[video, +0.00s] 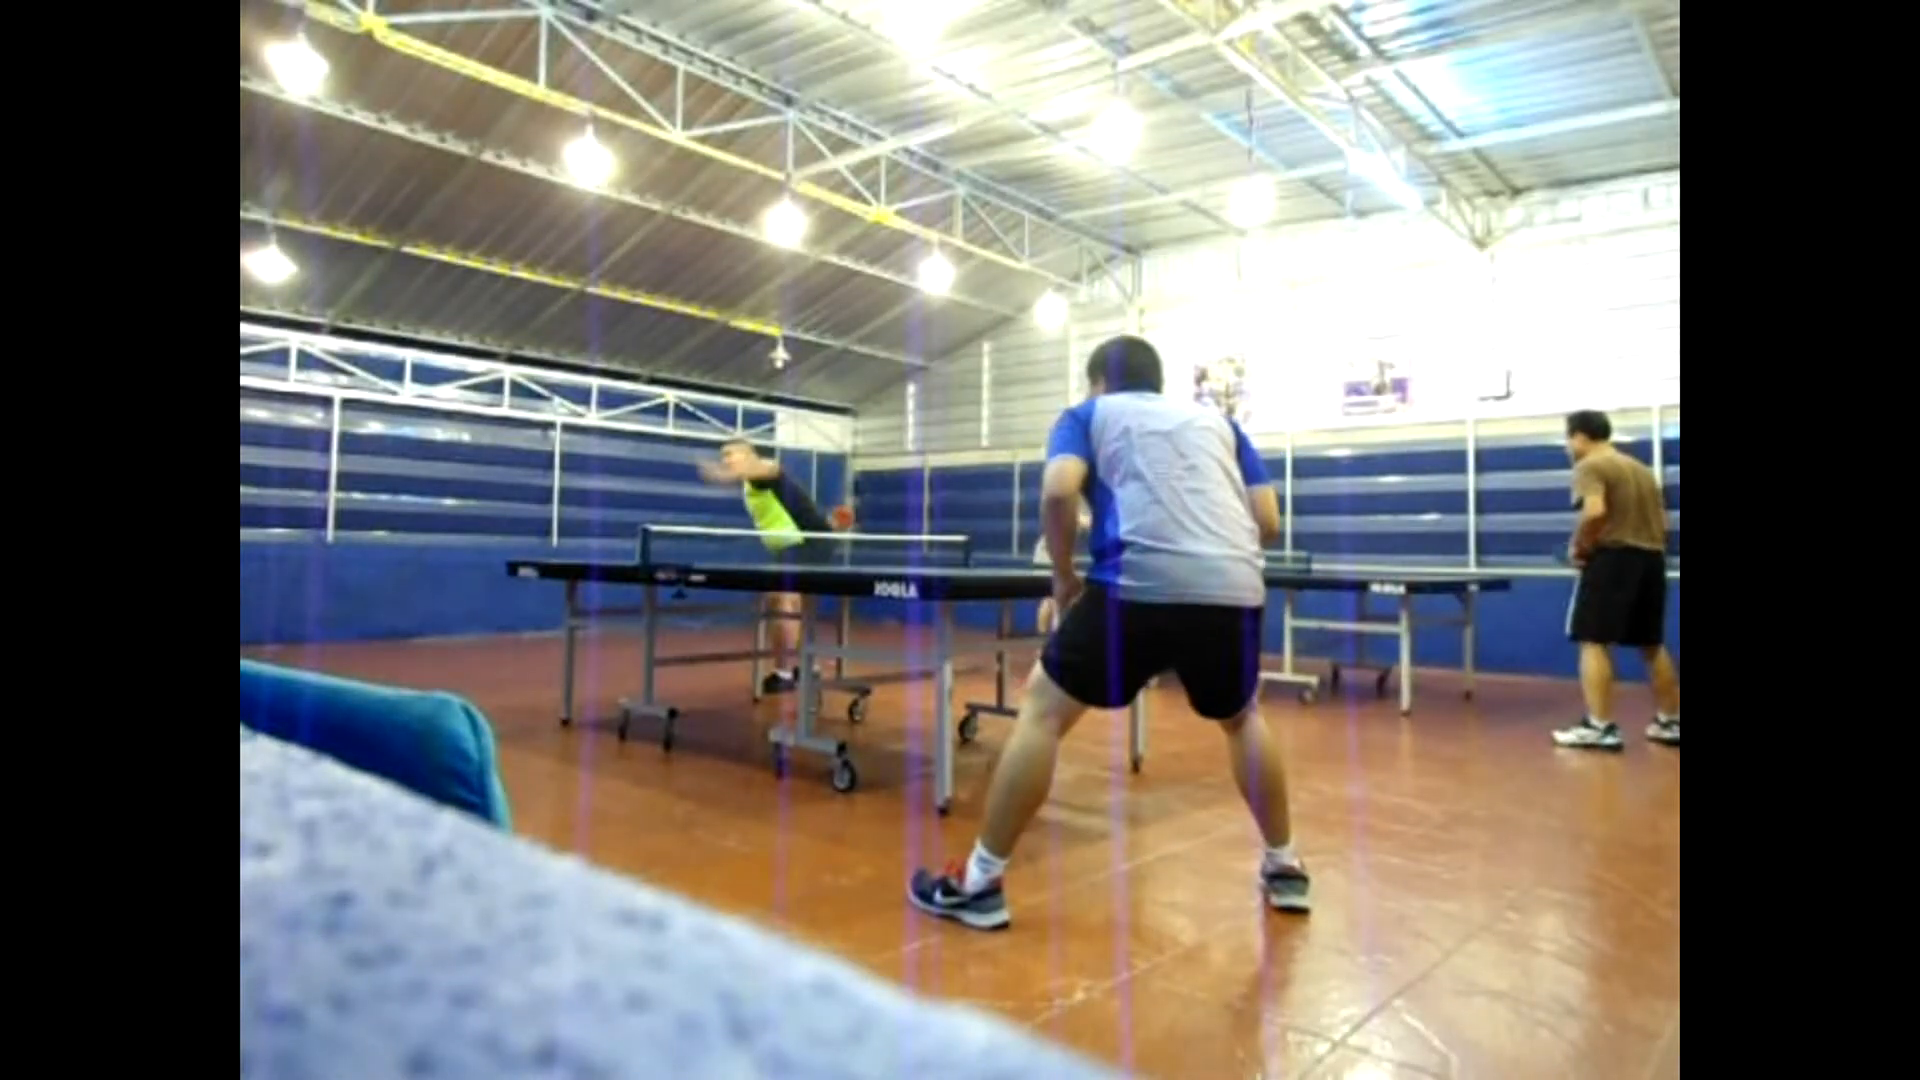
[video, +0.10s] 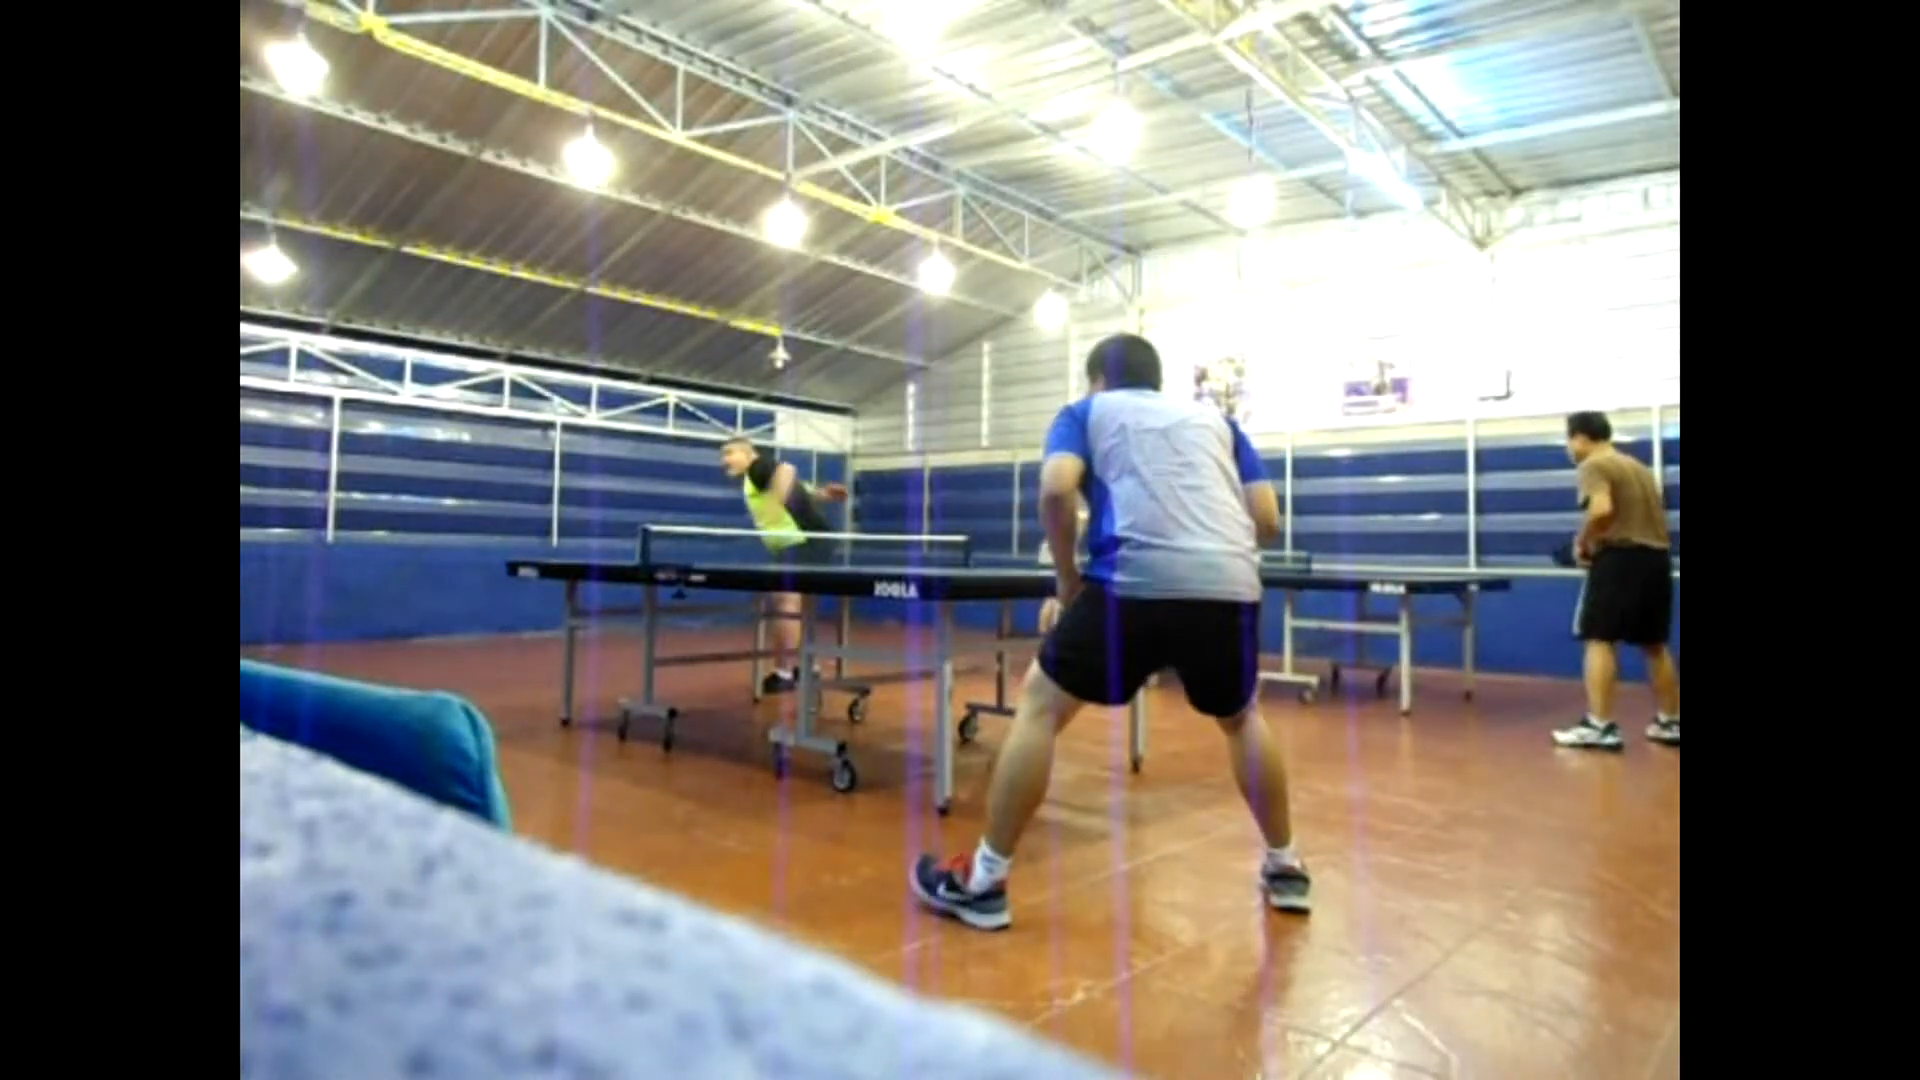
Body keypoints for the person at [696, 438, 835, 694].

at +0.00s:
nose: (728, 462)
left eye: (732, 454)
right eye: (725, 457)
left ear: (749, 454)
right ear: (727, 461)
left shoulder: (770, 471)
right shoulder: (749, 485)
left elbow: (753, 471)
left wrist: (720, 474)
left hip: (806, 544)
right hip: (784, 548)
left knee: (788, 604)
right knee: (775, 606)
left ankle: (790, 669)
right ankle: (782, 668)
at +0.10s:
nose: (727, 460)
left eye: (731, 453)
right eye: (725, 455)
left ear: (749, 453)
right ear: (731, 459)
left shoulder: (759, 468)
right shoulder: (752, 479)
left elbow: (786, 470)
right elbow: (796, 486)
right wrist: (822, 493)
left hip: (800, 544)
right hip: (786, 546)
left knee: (787, 605)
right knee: (787, 606)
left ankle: (786, 670)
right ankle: (800, 665)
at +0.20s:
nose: (725, 465)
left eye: (729, 458)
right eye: (723, 459)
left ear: (747, 457)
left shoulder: (760, 471)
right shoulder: (751, 481)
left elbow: (798, 479)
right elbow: (800, 477)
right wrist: (814, 518)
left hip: (796, 548)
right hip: (785, 550)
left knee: (788, 607)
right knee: (789, 608)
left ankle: (785, 670)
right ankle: (798, 665)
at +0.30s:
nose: (724, 476)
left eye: (728, 467)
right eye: (721, 470)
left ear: (746, 465)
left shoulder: (764, 478)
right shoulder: (750, 492)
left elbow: (811, 484)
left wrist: (831, 520)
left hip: (804, 548)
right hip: (785, 552)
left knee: (786, 604)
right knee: (781, 605)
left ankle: (780, 667)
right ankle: (801, 663)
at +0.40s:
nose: (733, 487)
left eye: (736, 479)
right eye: (727, 483)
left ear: (749, 474)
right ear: (725, 487)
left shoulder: (771, 485)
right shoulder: (738, 502)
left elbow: (820, 484)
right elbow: (715, 506)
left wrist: (837, 520)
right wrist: (690, 504)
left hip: (804, 553)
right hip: (778, 558)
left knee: (782, 608)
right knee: (783, 610)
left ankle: (770, 666)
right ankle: (805, 663)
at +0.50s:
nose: (744, 491)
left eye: (748, 484)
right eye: (738, 487)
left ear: (757, 480)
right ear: (730, 488)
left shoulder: (780, 489)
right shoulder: (727, 503)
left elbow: (823, 485)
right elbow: (696, 534)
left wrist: (835, 525)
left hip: (803, 555)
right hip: (771, 560)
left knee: (783, 608)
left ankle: (768, 671)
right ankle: (803, 663)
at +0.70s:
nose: (757, 472)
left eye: (761, 466)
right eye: (750, 467)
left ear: (768, 466)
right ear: (739, 468)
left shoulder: (780, 486)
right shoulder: (723, 490)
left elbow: (789, 522)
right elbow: (714, 522)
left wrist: (805, 526)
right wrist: (755, 515)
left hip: (786, 550)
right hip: (751, 556)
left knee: (777, 608)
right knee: (758, 612)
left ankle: (770, 669)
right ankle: (793, 655)